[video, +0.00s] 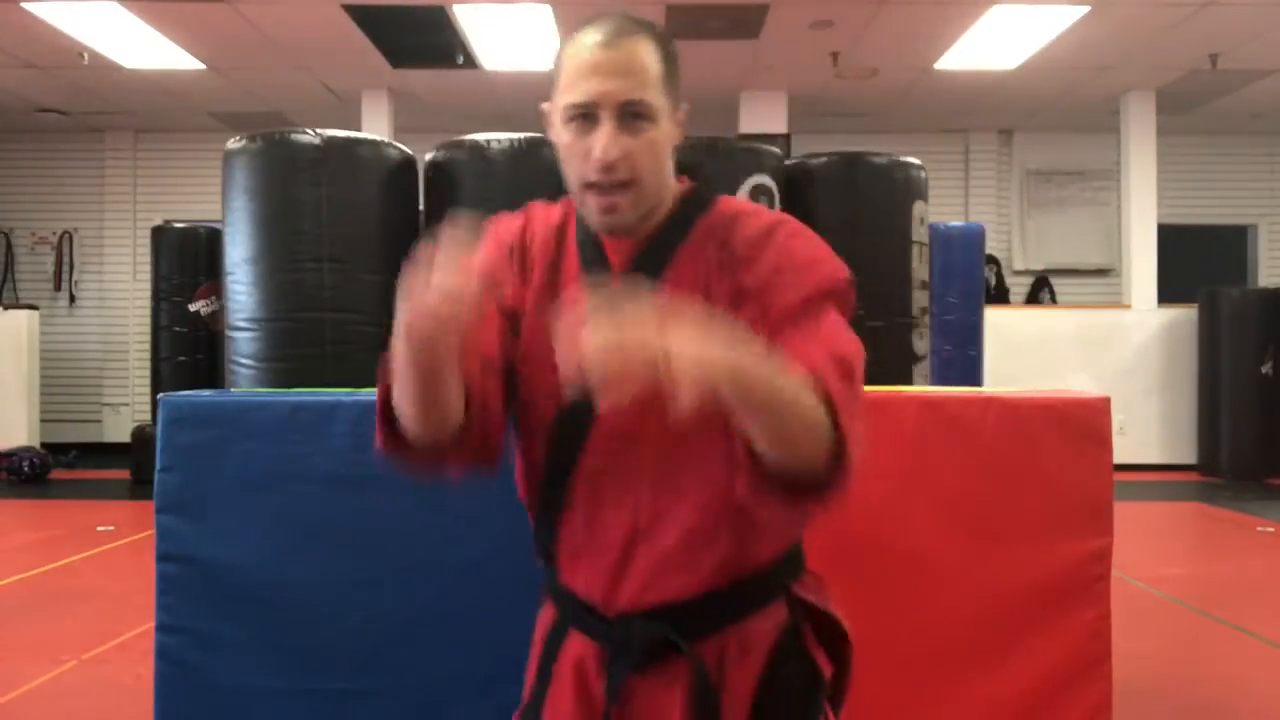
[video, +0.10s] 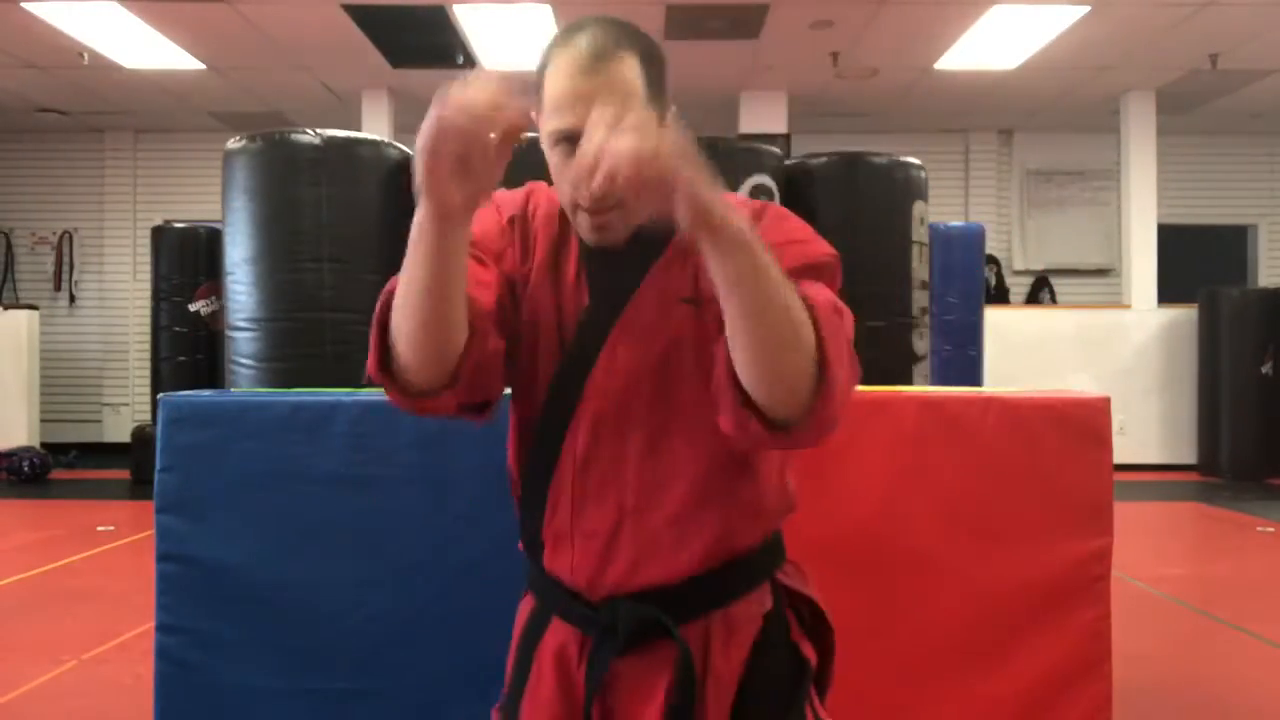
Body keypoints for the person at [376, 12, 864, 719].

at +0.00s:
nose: (606, 150)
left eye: (635, 118)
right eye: (583, 119)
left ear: (677, 124)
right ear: (550, 126)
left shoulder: (769, 253)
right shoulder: (517, 250)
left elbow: (819, 454)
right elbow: (440, 440)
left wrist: (713, 353)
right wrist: (426, 346)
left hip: (739, 655)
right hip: (581, 649)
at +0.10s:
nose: (592, 173)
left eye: (616, 135)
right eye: (567, 140)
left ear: (665, 125)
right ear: (540, 140)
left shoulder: (758, 239)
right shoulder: (517, 230)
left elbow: (799, 411)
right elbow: (424, 380)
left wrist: (710, 219)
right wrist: (441, 214)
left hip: (723, 643)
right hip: (563, 641)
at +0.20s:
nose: (601, 195)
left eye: (629, 160)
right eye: (578, 162)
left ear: (676, 153)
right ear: (548, 151)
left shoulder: (759, 244)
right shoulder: (523, 227)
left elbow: (789, 417)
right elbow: (449, 383)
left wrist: (736, 198)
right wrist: (469, 191)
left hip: (717, 645)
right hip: (558, 640)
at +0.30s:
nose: (623, 197)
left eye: (651, 162)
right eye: (599, 162)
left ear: (691, 150)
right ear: (563, 151)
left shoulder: (763, 255)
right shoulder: (509, 246)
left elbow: (815, 460)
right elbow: (477, 422)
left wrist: (782, 257)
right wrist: (505, 234)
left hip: (732, 653)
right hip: (572, 648)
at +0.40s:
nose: (651, 191)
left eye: (678, 158)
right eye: (624, 159)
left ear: (714, 144)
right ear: (583, 145)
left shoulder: (791, 261)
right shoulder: (527, 256)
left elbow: (858, 490)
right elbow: (495, 442)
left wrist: (834, 294)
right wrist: (529, 271)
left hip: (762, 668)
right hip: (595, 665)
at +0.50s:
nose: (689, 182)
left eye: (716, 146)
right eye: (661, 148)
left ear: (755, 137)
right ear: (621, 142)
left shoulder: (838, 258)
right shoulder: (573, 254)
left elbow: (904, 502)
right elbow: (537, 460)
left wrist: (876, 295)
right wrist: (564, 305)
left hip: (804, 678)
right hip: (628, 677)